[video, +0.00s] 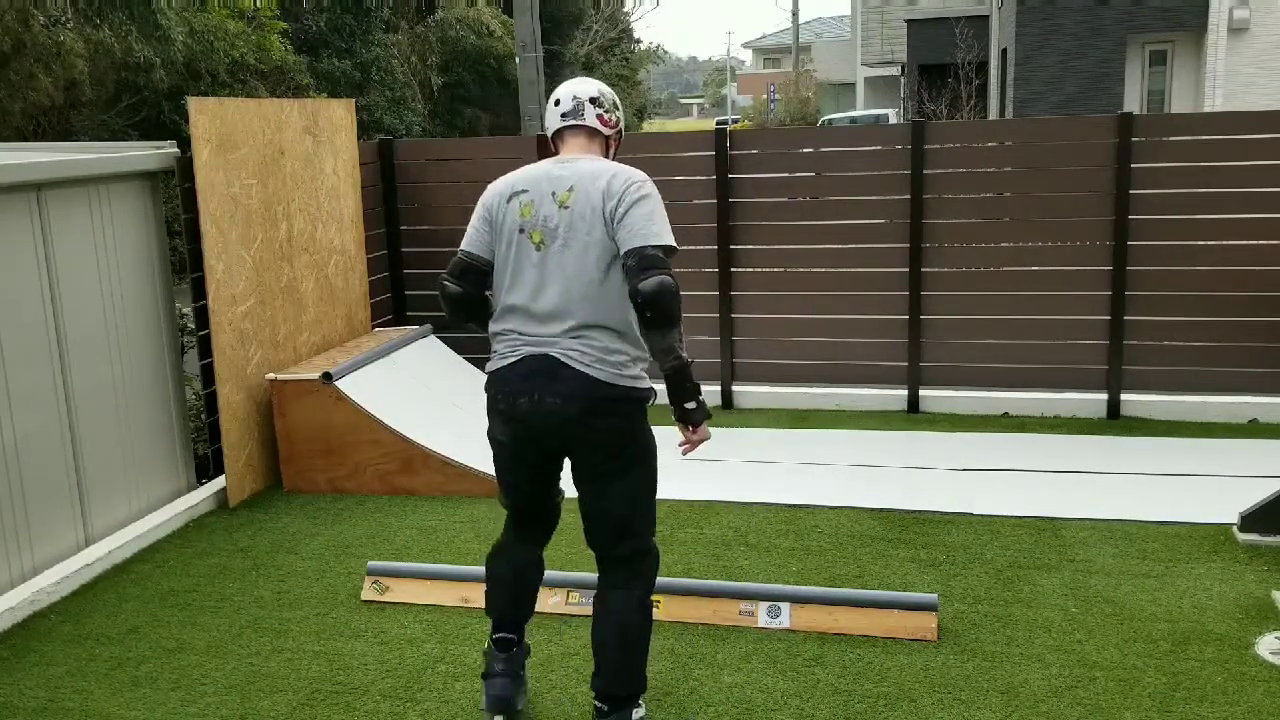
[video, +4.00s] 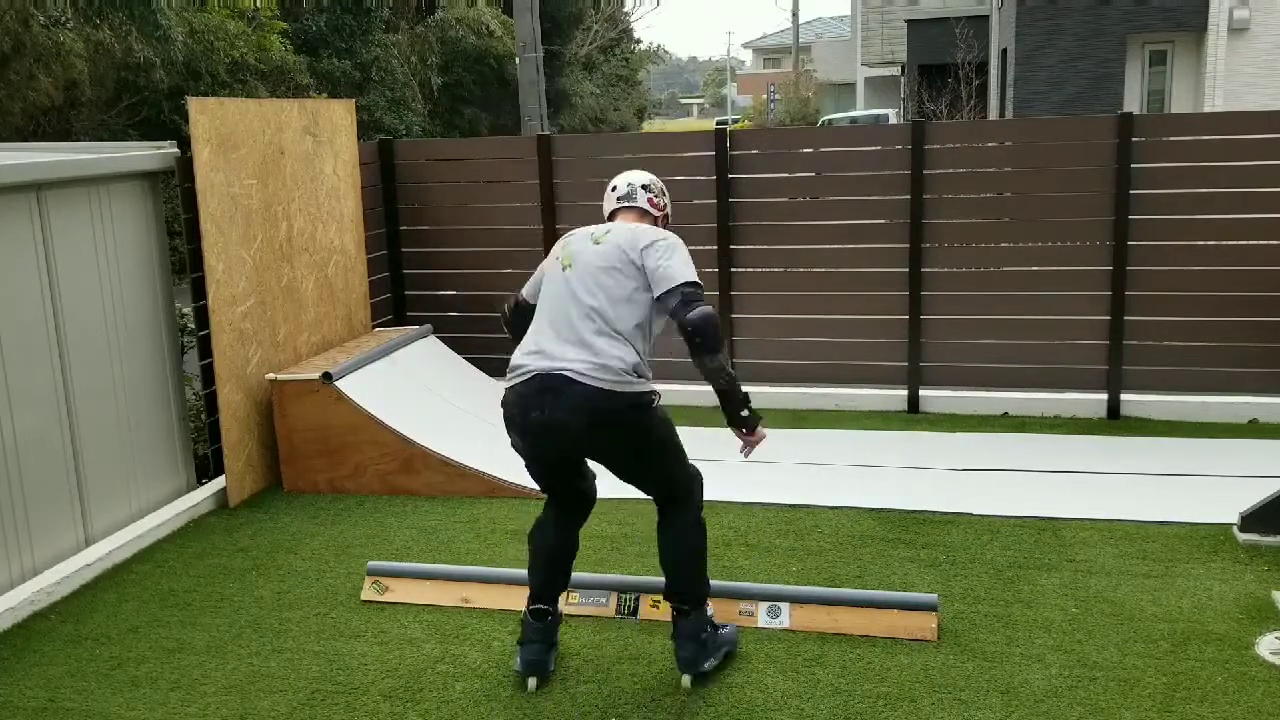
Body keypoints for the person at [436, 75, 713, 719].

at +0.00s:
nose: (616, 139)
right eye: (615, 130)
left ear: (549, 134)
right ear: (610, 129)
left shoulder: (502, 190)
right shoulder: (626, 184)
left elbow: (461, 294)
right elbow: (655, 292)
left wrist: (516, 340)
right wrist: (683, 387)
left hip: (514, 387)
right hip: (605, 390)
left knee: (525, 519)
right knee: (625, 554)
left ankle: (503, 668)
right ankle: (617, 705)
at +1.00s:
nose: (502, 130)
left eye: (500, 121)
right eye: (496, 124)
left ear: (518, 109)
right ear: (546, 92)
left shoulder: (559, 131)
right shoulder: (611, 107)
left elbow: (500, 139)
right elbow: (660, 91)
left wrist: (412, 141)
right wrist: (653, 83)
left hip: (637, 301)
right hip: (632, 295)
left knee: (570, 439)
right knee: (565, 409)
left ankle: (673, 549)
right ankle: (646, 534)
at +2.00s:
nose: (545, 186)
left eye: (551, 173)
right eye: (537, 175)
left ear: (583, 148)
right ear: (528, 161)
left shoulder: (647, 160)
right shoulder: (537, 171)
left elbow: (710, 232)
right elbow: (507, 207)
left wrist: (622, 243)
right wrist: (482, 280)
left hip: (664, 321)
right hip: (589, 324)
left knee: (659, 458)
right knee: (557, 445)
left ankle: (709, 560)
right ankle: (597, 544)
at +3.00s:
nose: (511, 134)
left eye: (503, 125)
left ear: (504, 126)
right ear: (566, 121)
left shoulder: (478, 185)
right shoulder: (611, 180)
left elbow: (446, 292)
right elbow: (655, 286)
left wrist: (474, 344)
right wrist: (679, 367)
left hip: (508, 386)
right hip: (599, 379)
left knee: (522, 540)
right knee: (621, 517)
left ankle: (548, 691)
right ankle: (632, 670)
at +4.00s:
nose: (663, 214)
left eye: (660, 209)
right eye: (662, 208)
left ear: (609, 208)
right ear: (657, 207)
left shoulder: (567, 243)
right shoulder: (658, 241)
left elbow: (519, 312)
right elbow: (698, 321)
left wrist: (546, 369)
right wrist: (736, 407)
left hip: (527, 394)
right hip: (608, 397)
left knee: (568, 496)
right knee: (679, 490)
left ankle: (536, 637)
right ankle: (693, 634)